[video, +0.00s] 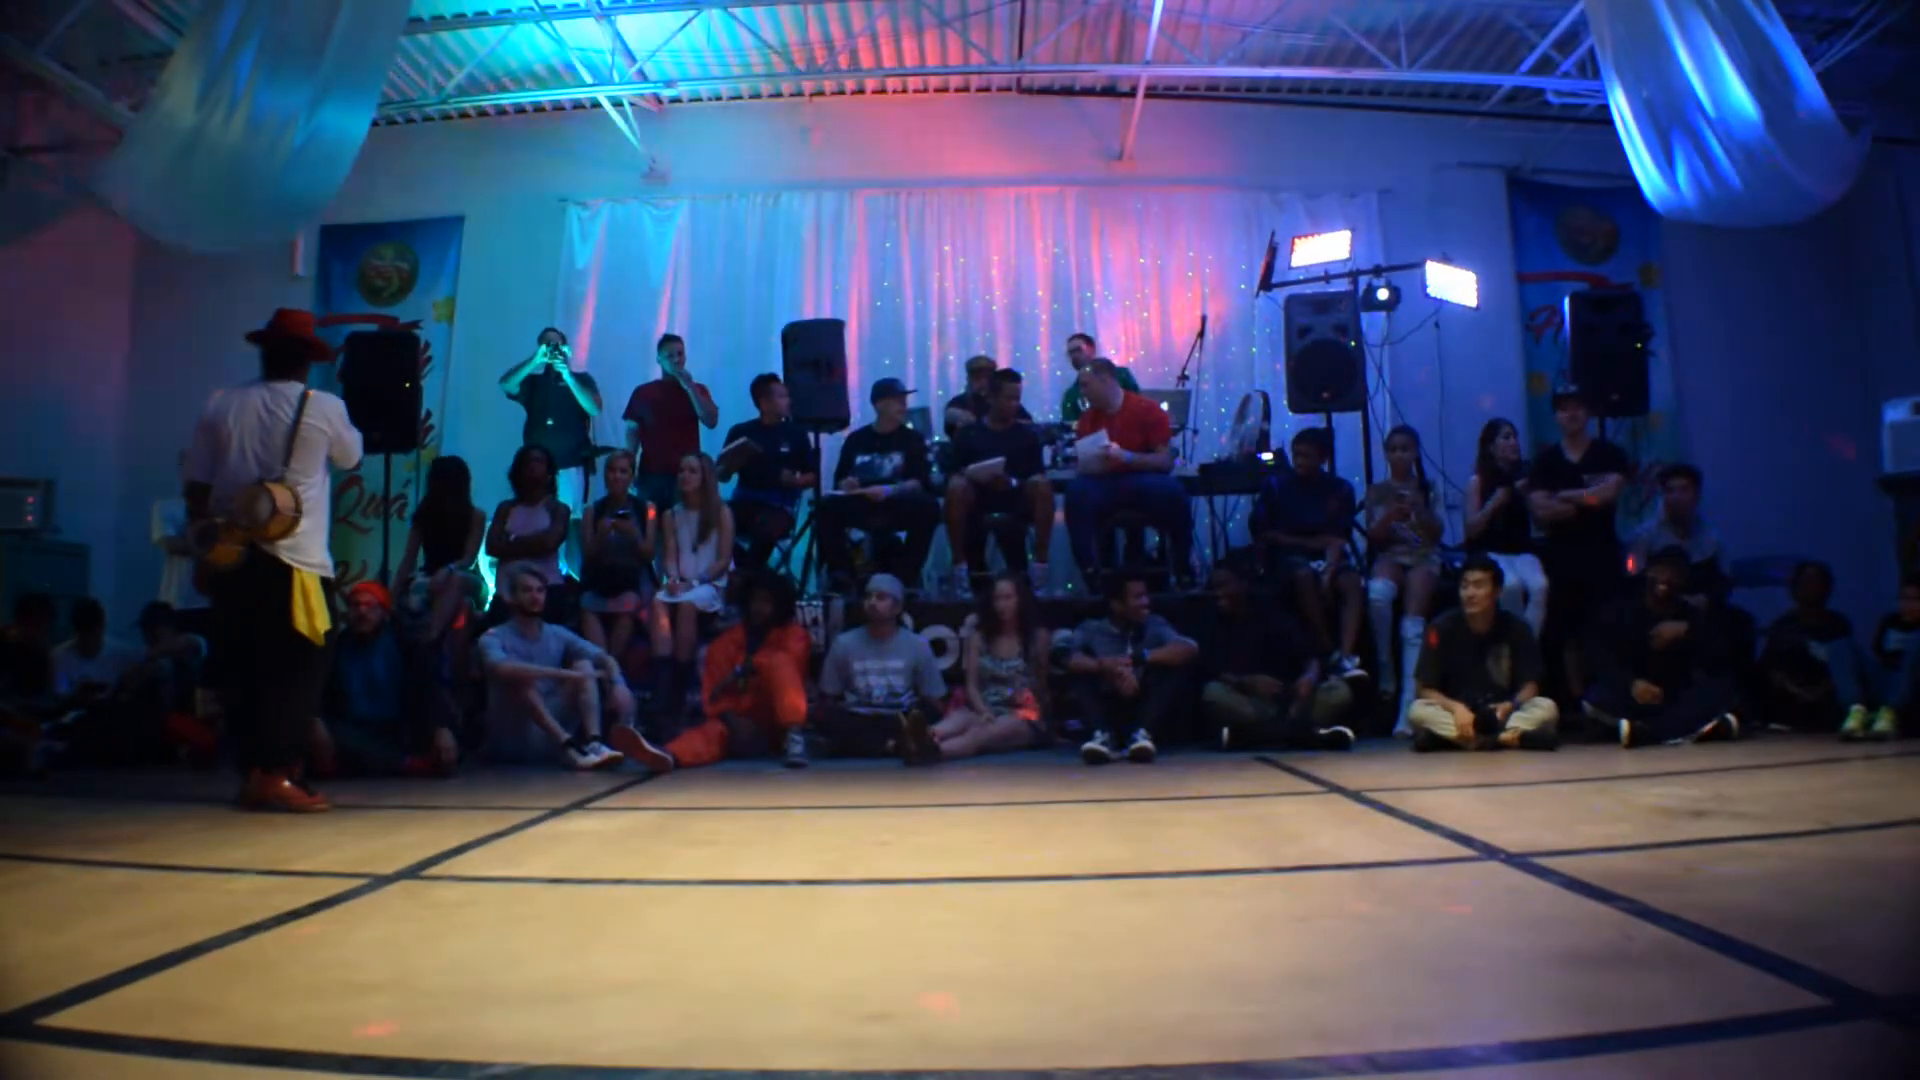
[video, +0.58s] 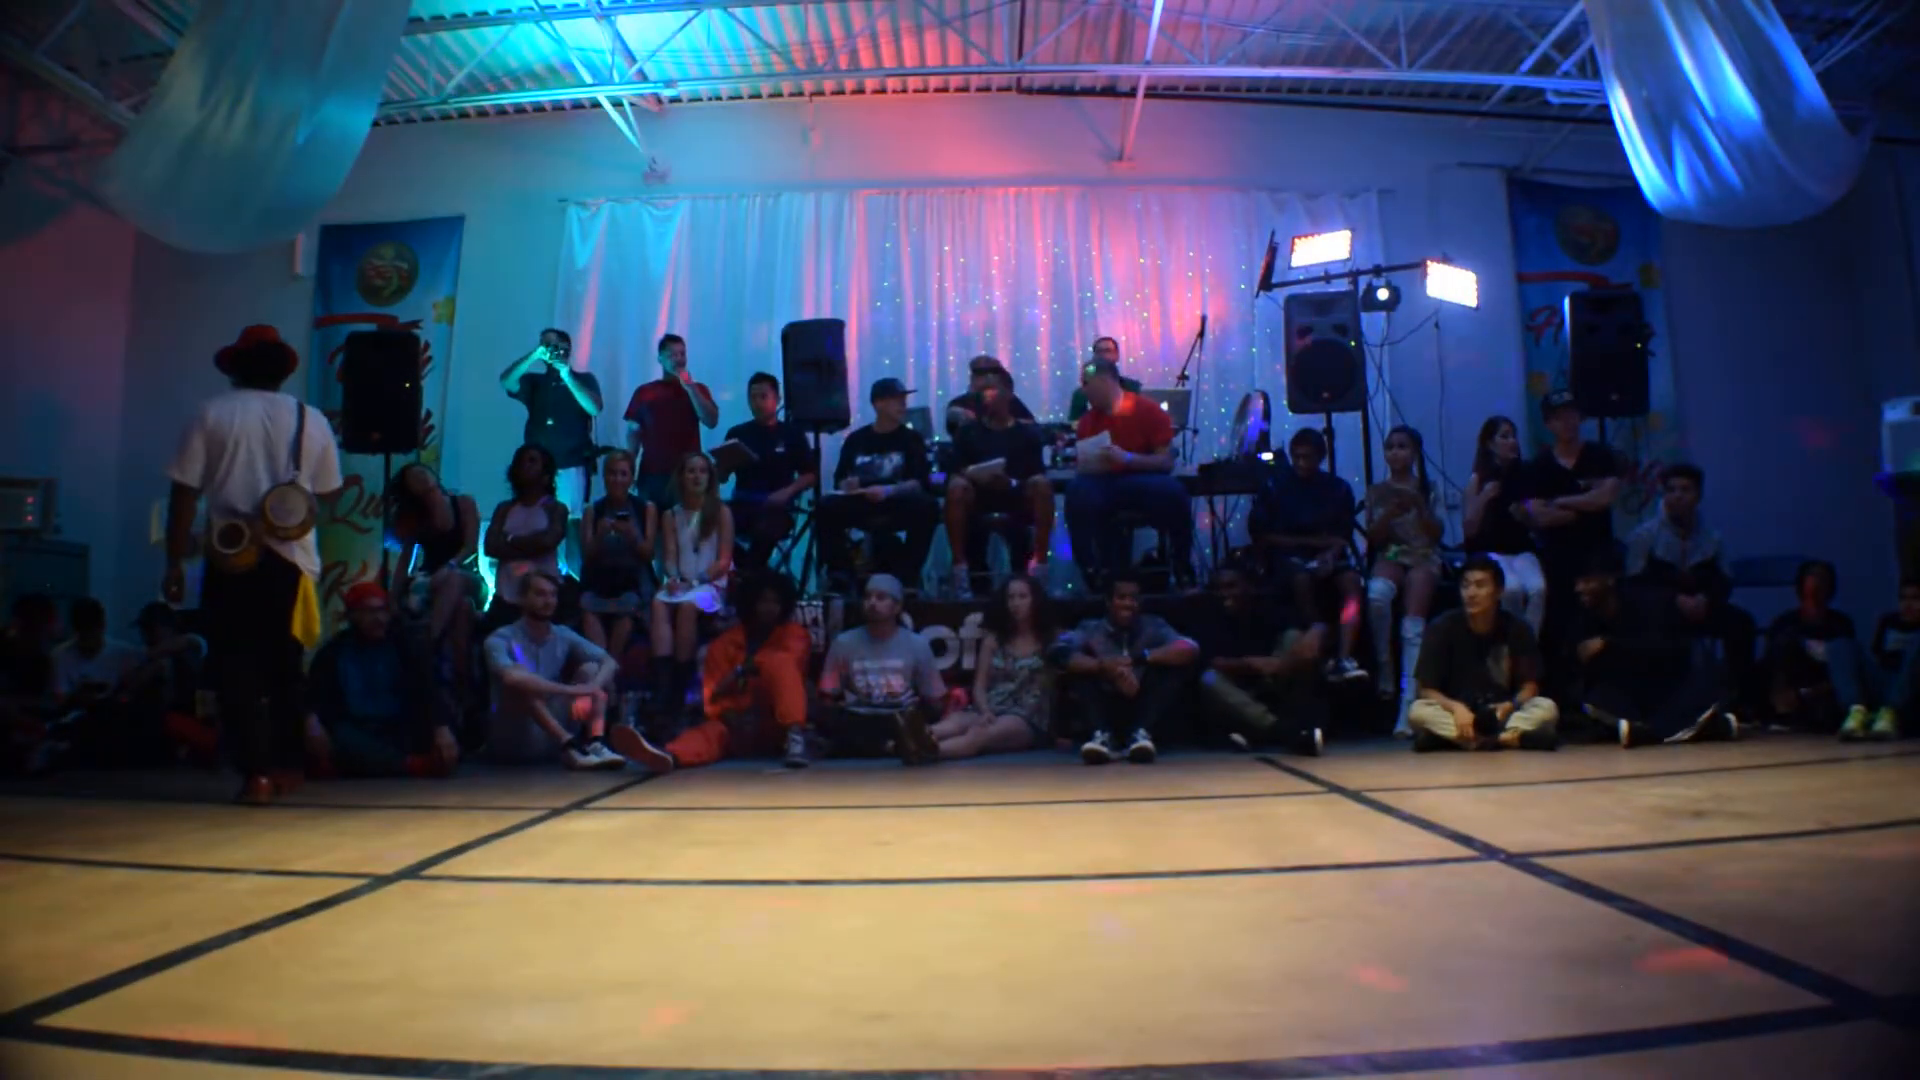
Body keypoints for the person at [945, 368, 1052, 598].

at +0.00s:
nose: (1016, 405)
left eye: (1018, 398)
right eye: (1010, 398)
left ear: (1020, 398)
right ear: (991, 398)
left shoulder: (1027, 434)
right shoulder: (969, 433)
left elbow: (1037, 473)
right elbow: (954, 470)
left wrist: (1009, 482)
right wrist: (974, 476)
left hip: (1014, 491)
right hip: (979, 491)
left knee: (1042, 487)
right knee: (957, 488)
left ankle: (1041, 563)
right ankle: (959, 566)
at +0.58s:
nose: (989, 395)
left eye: (995, 388)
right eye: (985, 389)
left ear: (1009, 394)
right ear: (978, 395)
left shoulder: (1027, 431)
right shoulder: (968, 432)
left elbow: (1037, 472)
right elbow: (955, 468)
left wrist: (1010, 482)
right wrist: (973, 475)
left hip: (1014, 490)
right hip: (980, 490)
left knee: (1041, 485)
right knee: (957, 487)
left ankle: (1039, 560)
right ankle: (959, 564)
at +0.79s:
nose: (976, 395)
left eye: (982, 389)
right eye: (975, 389)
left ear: (1003, 396)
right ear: (974, 396)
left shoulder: (1024, 432)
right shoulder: (966, 432)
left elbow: (1035, 473)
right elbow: (954, 469)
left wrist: (1006, 481)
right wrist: (975, 476)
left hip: (1012, 489)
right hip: (978, 491)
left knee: (1040, 487)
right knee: (957, 487)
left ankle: (1040, 564)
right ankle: (959, 567)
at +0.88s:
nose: (972, 397)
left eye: (979, 391)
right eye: (972, 391)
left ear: (997, 396)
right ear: (973, 399)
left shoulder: (1022, 432)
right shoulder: (965, 433)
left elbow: (1034, 473)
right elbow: (952, 470)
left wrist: (1006, 481)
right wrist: (977, 476)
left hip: (1011, 490)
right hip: (977, 491)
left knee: (1040, 486)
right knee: (956, 487)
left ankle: (1039, 564)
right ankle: (959, 566)